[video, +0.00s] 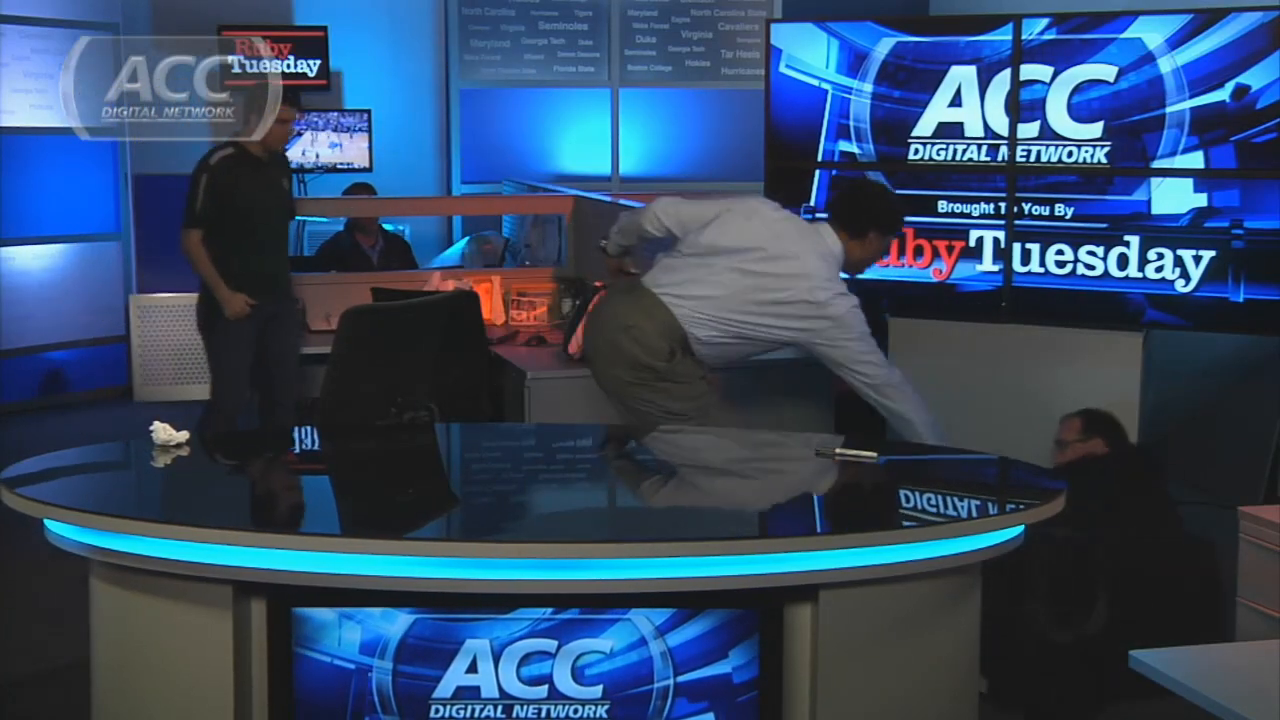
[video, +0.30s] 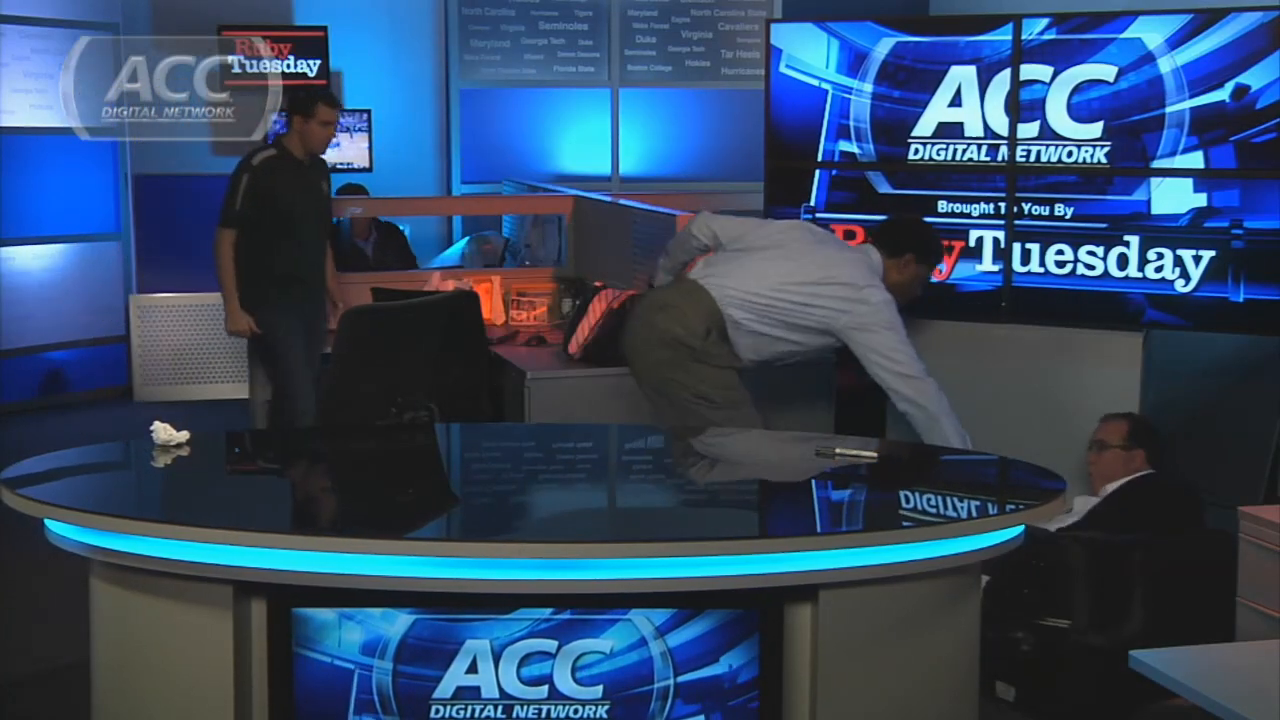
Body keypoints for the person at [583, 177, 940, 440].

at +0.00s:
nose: (883, 253)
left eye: (888, 243)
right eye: (885, 242)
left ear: (836, 215)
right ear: (865, 236)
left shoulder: (759, 210)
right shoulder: (827, 299)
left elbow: (659, 214)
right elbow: (884, 386)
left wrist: (615, 247)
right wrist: (937, 453)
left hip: (612, 313)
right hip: (649, 349)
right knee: (721, 465)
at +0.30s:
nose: (918, 289)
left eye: (924, 279)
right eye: (922, 277)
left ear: (877, 241)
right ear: (904, 263)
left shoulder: (806, 233)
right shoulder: (866, 296)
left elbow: (704, 226)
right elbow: (914, 390)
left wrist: (664, 277)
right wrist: (964, 464)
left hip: (653, 314)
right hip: (686, 333)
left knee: (699, 454)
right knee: (740, 461)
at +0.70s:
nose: (944, 278)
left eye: (949, 267)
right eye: (948, 265)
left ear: (907, 235)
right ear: (934, 250)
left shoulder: (842, 236)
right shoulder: (898, 272)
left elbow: (761, 255)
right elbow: (944, 370)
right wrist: (989, 458)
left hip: (706, 310)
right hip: (736, 319)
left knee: (753, 449)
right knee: (791, 450)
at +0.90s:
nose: (944, 269)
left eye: (949, 260)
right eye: (949, 258)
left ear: (901, 231)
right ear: (937, 251)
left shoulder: (844, 242)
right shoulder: (907, 277)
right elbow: (952, 379)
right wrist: (986, 463)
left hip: (714, 326)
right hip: (742, 335)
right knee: (817, 459)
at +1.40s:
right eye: (893, 250)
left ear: (835, 222)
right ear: (878, 237)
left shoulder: (781, 234)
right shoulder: (875, 252)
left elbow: (720, 276)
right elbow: (948, 339)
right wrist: (965, 436)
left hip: (692, 326)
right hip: (761, 330)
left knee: (716, 459)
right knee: (802, 464)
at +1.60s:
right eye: (863, 221)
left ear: (808, 200)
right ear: (851, 211)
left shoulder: (746, 223)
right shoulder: (849, 229)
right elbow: (942, 299)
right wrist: (934, 396)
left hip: (680, 332)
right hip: (750, 331)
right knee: (800, 462)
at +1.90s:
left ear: (739, 185)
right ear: (799, 183)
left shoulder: (700, 216)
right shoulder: (814, 208)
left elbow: (637, 331)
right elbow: (910, 267)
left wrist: (678, 367)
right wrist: (877, 353)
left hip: (680, 345)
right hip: (756, 346)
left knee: (694, 475)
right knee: (793, 476)